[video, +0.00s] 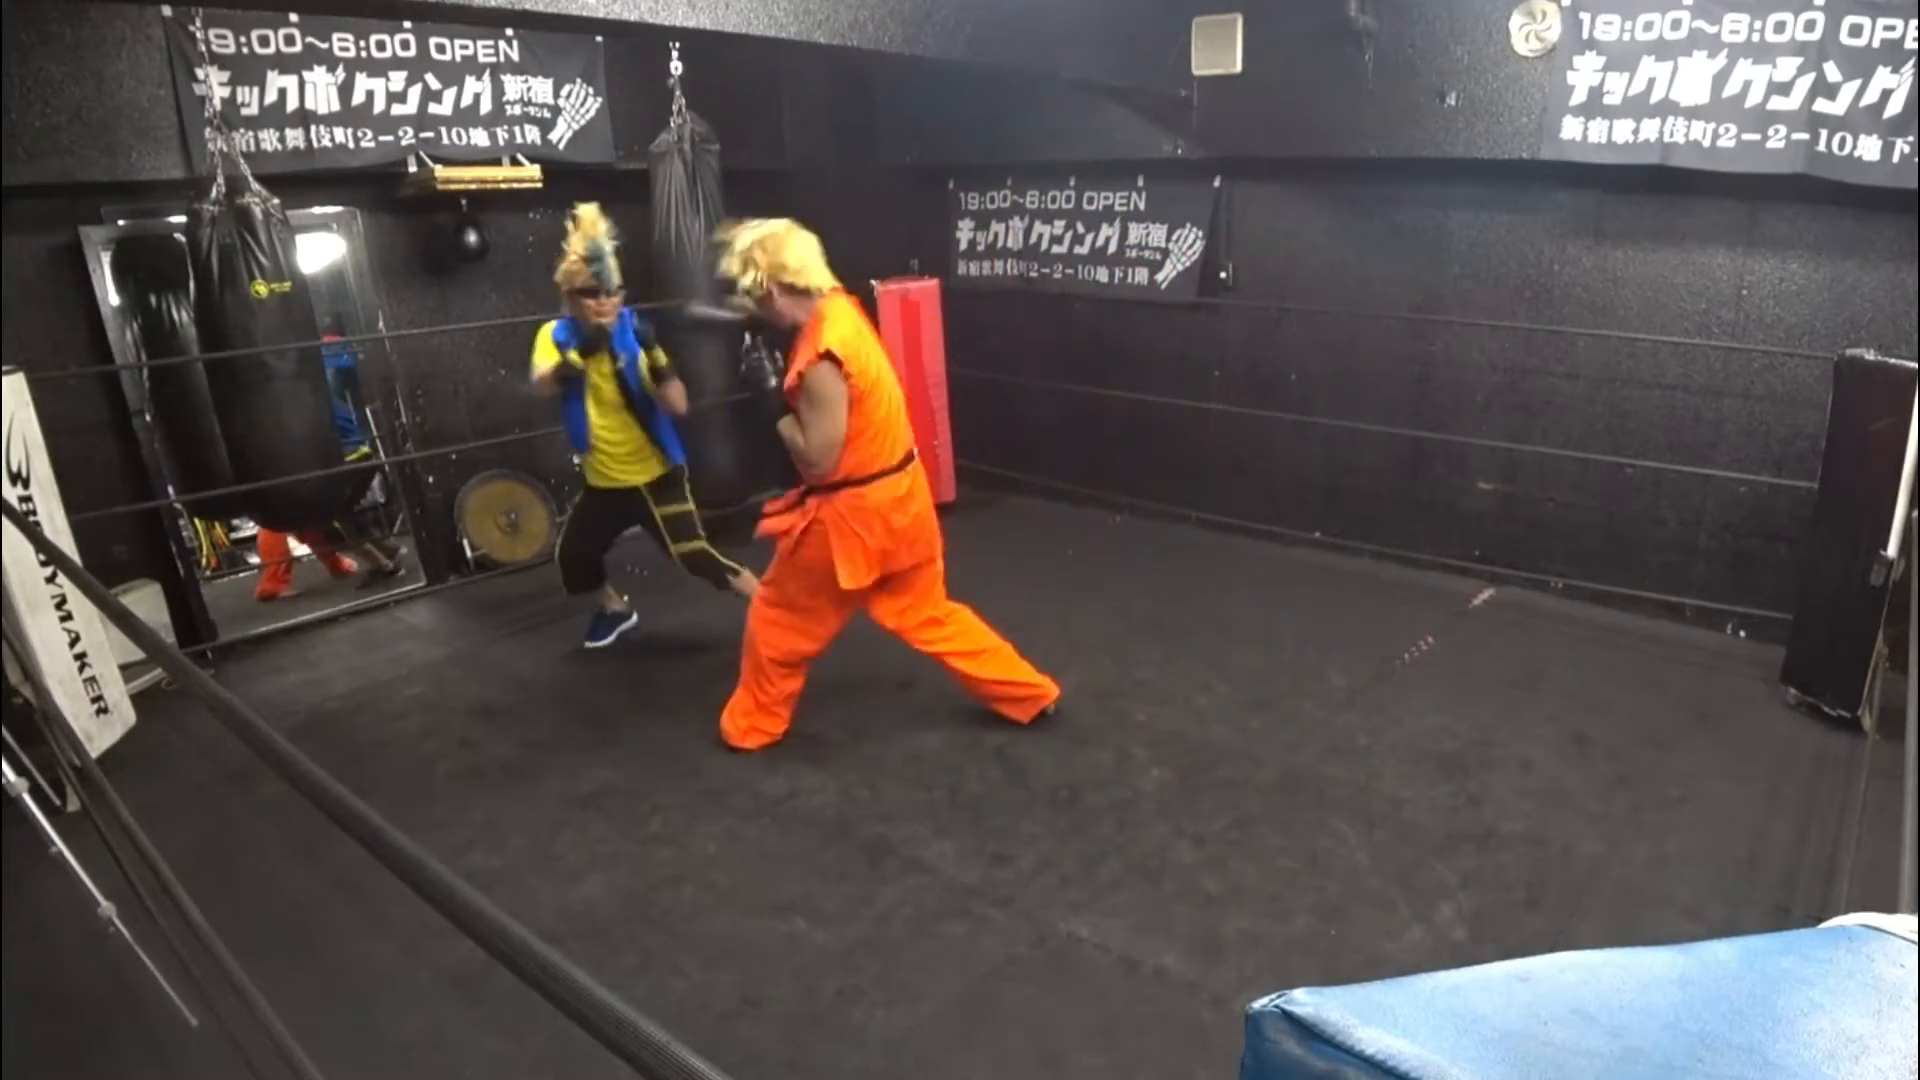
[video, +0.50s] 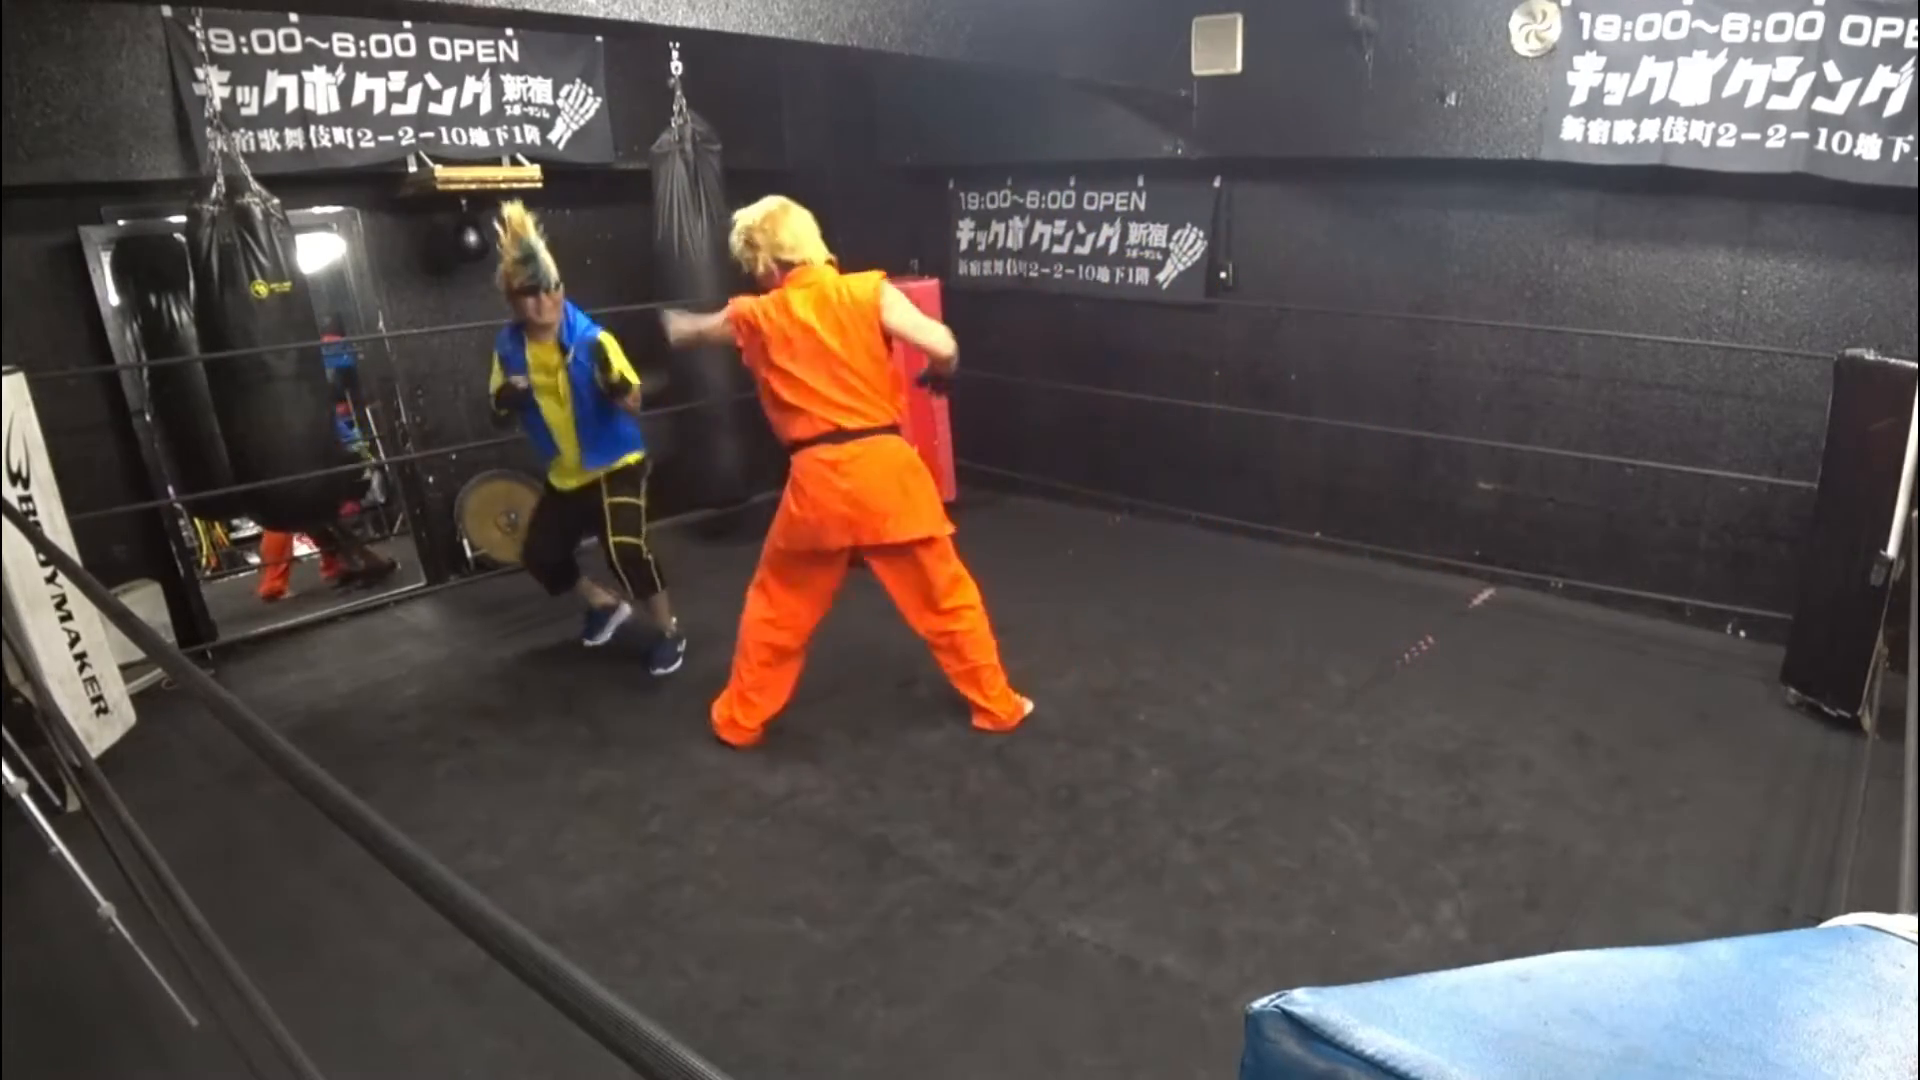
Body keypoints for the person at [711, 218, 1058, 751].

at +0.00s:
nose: (753, 309)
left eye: (752, 297)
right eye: (748, 298)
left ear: (772, 291)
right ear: (805, 275)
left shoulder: (820, 357)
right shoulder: (842, 311)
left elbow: (818, 459)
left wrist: (781, 412)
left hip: (852, 510)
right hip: (905, 493)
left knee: (780, 609)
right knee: (922, 610)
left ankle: (755, 722)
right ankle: (1029, 694)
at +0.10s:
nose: (733, 305)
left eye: (734, 294)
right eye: (731, 295)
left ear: (757, 291)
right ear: (779, 279)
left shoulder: (806, 353)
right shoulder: (809, 311)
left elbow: (826, 458)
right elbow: (734, 306)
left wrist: (788, 440)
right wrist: (672, 318)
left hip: (852, 505)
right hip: (899, 482)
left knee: (775, 609)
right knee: (933, 601)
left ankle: (754, 723)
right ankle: (1035, 689)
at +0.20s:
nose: (717, 299)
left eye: (716, 288)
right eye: (714, 288)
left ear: (733, 282)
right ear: (764, 263)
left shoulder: (776, 347)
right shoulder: (810, 297)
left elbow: (804, 453)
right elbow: (826, 380)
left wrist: (769, 438)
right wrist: (762, 390)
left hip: (840, 491)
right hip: (893, 466)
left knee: (782, 606)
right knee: (933, 588)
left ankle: (756, 723)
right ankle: (1037, 682)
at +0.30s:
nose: (721, 286)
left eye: (720, 274)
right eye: (718, 275)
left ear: (738, 267)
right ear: (781, 247)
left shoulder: (744, 336)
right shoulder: (849, 288)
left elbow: (746, 440)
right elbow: (913, 359)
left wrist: (714, 412)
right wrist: (855, 375)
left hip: (831, 484)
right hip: (901, 461)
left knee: (789, 600)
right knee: (948, 577)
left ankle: (757, 721)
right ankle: (1020, 690)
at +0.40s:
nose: (741, 280)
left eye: (742, 269)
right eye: (738, 270)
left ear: (758, 264)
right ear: (806, 249)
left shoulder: (748, 322)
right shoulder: (865, 289)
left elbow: (671, 341)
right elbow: (952, 343)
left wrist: (641, 321)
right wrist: (925, 371)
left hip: (827, 491)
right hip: (900, 472)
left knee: (790, 597)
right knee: (952, 587)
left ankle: (754, 717)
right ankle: (998, 705)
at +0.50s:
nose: (752, 276)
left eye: (753, 265)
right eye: (751, 267)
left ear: (767, 261)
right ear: (819, 247)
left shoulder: (757, 313)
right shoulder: (869, 288)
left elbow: (686, 331)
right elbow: (942, 343)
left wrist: (677, 320)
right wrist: (940, 373)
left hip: (817, 478)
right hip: (889, 464)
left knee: (779, 596)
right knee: (945, 590)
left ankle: (740, 719)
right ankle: (997, 705)